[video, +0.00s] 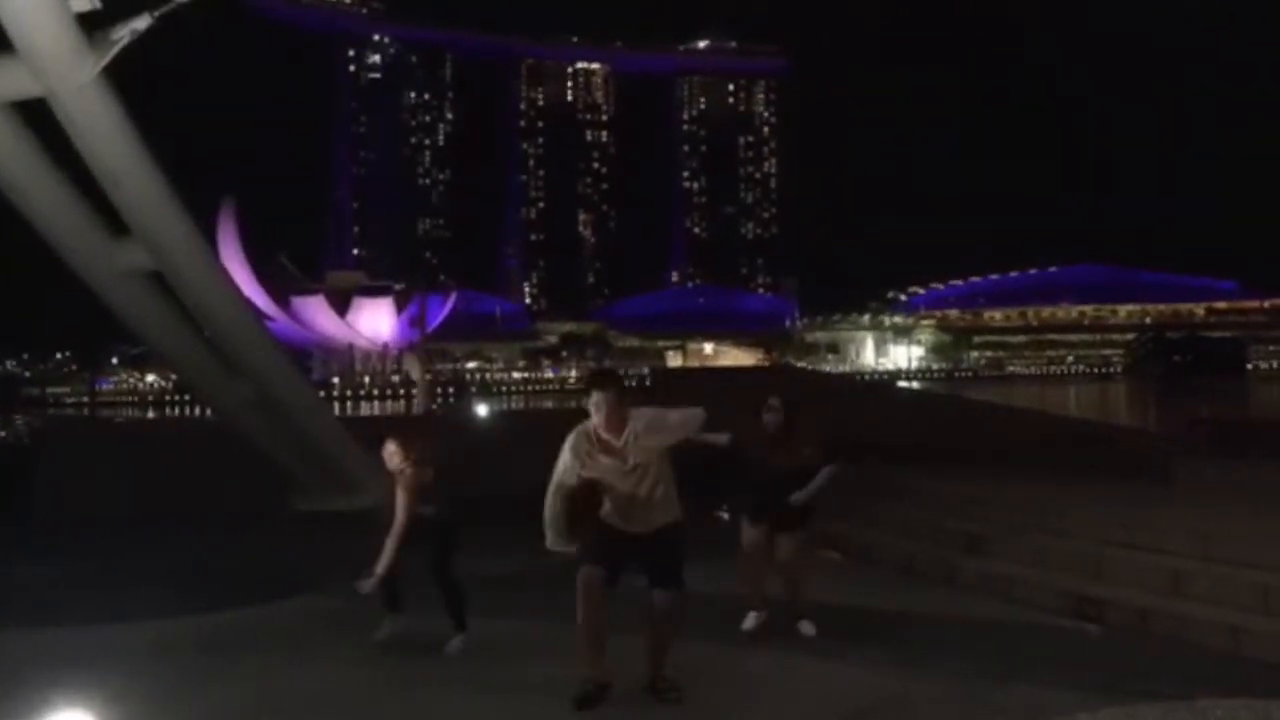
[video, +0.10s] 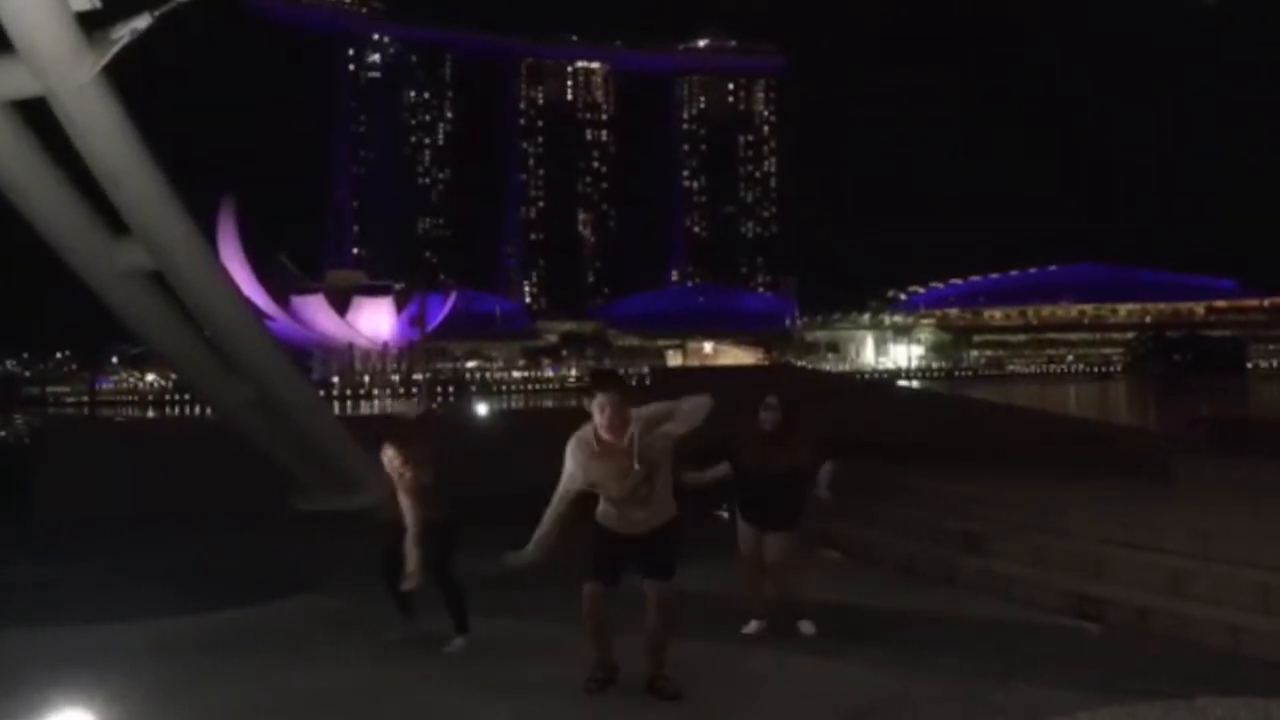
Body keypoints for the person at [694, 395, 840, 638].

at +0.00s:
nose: (769, 417)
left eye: (775, 412)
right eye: (767, 411)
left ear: (787, 416)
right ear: (760, 414)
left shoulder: (797, 445)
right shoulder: (750, 441)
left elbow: (827, 468)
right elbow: (722, 439)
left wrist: (807, 493)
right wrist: (690, 436)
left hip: (789, 508)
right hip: (755, 506)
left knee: (789, 560)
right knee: (751, 554)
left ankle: (799, 614)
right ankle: (756, 608)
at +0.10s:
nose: (767, 416)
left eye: (773, 411)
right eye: (764, 411)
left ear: (783, 415)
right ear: (757, 414)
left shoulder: (794, 445)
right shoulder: (750, 443)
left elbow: (824, 464)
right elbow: (727, 467)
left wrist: (822, 488)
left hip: (784, 513)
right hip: (750, 512)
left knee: (781, 566)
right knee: (749, 565)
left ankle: (801, 615)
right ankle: (758, 616)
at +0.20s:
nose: (764, 417)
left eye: (770, 411)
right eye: (761, 411)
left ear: (781, 415)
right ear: (756, 414)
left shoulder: (791, 444)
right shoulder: (747, 443)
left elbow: (822, 464)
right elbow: (732, 483)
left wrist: (825, 496)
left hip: (780, 511)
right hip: (746, 510)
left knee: (772, 564)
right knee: (743, 563)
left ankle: (799, 613)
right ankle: (758, 615)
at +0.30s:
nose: (762, 417)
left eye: (768, 412)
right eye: (761, 412)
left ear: (781, 417)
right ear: (755, 415)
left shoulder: (790, 445)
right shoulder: (746, 445)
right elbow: (730, 484)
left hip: (780, 514)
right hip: (746, 513)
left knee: (781, 564)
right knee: (748, 566)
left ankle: (793, 612)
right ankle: (758, 615)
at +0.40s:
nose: (765, 414)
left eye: (770, 409)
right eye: (761, 408)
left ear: (780, 412)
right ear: (753, 411)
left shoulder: (791, 433)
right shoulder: (745, 437)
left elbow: (822, 437)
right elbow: (737, 478)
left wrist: (852, 442)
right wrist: (774, 493)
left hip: (788, 503)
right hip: (751, 505)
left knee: (796, 560)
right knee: (748, 561)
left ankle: (798, 615)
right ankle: (756, 614)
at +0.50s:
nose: (768, 409)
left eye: (773, 404)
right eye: (764, 404)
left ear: (781, 407)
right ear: (756, 406)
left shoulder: (792, 426)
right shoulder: (746, 433)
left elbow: (817, 424)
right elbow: (739, 479)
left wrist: (843, 423)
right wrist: (774, 498)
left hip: (792, 502)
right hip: (752, 504)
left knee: (806, 561)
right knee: (747, 562)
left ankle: (816, 622)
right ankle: (754, 612)